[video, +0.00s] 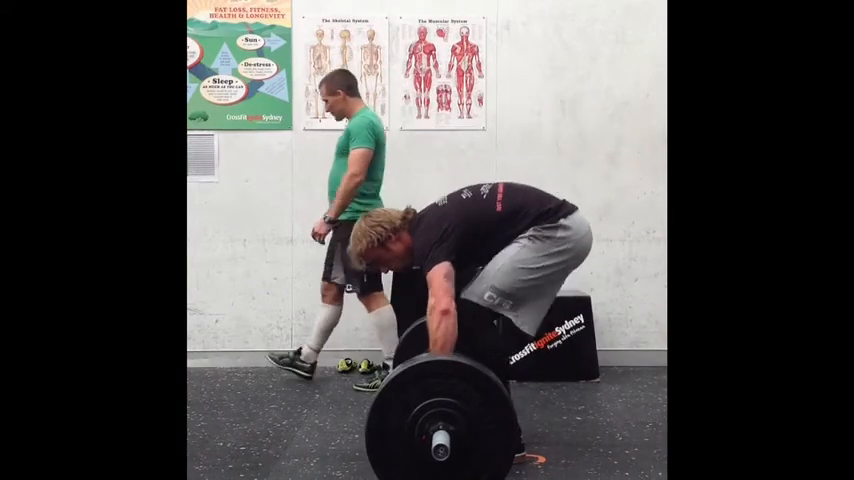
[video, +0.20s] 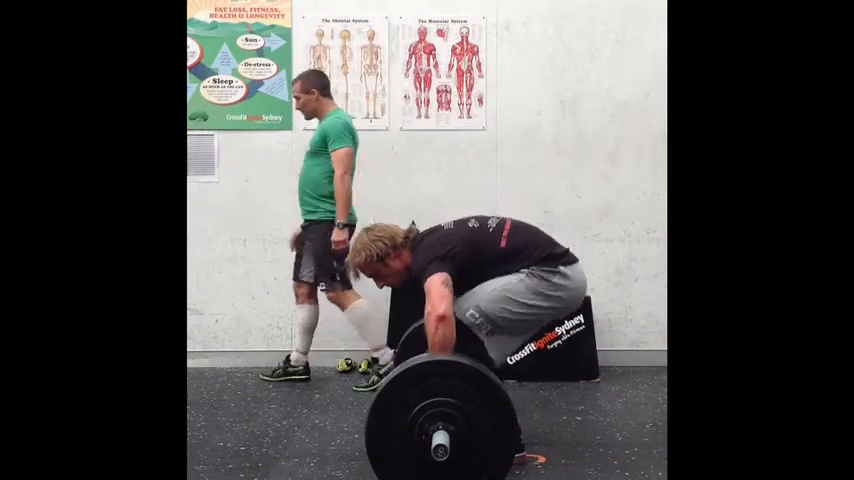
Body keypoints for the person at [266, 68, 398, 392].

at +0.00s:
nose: (326, 108)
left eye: (327, 101)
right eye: (325, 102)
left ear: (341, 94)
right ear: (344, 94)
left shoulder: (363, 124)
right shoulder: (362, 122)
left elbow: (356, 175)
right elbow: (356, 176)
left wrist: (329, 218)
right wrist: (331, 217)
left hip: (356, 222)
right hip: (349, 220)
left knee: (372, 295)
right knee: (331, 292)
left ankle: (395, 367)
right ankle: (307, 358)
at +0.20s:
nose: (296, 105)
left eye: (298, 98)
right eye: (295, 98)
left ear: (315, 94)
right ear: (314, 94)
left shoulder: (337, 123)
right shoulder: (326, 125)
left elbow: (343, 175)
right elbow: (322, 180)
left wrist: (341, 225)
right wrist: (306, 227)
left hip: (329, 224)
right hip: (314, 224)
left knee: (338, 291)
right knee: (304, 289)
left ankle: (385, 358)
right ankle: (298, 362)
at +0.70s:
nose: (268, 98)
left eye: (273, 92)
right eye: (263, 93)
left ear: (288, 92)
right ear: (259, 95)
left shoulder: (301, 129)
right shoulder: (258, 131)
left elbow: (310, 179)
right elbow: (245, 176)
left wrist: (291, 222)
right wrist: (222, 211)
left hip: (283, 222)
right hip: (259, 220)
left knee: (262, 292)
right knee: (271, 292)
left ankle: (261, 363)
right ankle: (296, 359)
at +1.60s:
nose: (215, 95)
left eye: (221, 89)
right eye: (209, 89)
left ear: (227, 94)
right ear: (197, 93)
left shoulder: (238, 130)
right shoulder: (188, 124)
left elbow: (274, 160)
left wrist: (259, 196)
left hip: (223, 218)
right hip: (189, 219)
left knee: (236, 286)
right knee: (189, 290)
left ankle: (243, 355)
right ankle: (190, 356)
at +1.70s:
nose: (213, 95)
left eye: (218, 90)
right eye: (206, 89)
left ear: (224, 93)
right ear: (194, 93)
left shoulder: (236, 129)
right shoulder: (187, 124)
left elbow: (271, 157)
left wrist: (251, 190)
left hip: (221, 219)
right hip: (188, 219)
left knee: (231, 290)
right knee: (188, 290)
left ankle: (227, 355)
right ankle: (189, 357)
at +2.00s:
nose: (214, 94)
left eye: (219, 89)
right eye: (208, 88)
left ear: (225, 93)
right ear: (196, 92)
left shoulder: (238, 127)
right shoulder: (188, 122)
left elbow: (275, 153)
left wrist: (253, 181)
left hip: (220, 219)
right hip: (188, 218)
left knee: (217, 290)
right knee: (188, 290)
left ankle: (214, 356)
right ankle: (189, 356)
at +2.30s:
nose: (210, 94)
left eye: (215, 89)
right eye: (203, 89)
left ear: (222, 93)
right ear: (193, 93)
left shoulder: (239, 130)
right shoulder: (187, 126)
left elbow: (276, 159)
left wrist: (249, 187)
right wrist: (185, 177)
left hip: (220, 220)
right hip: (187, 219)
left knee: (217, 289)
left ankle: (215, 355)